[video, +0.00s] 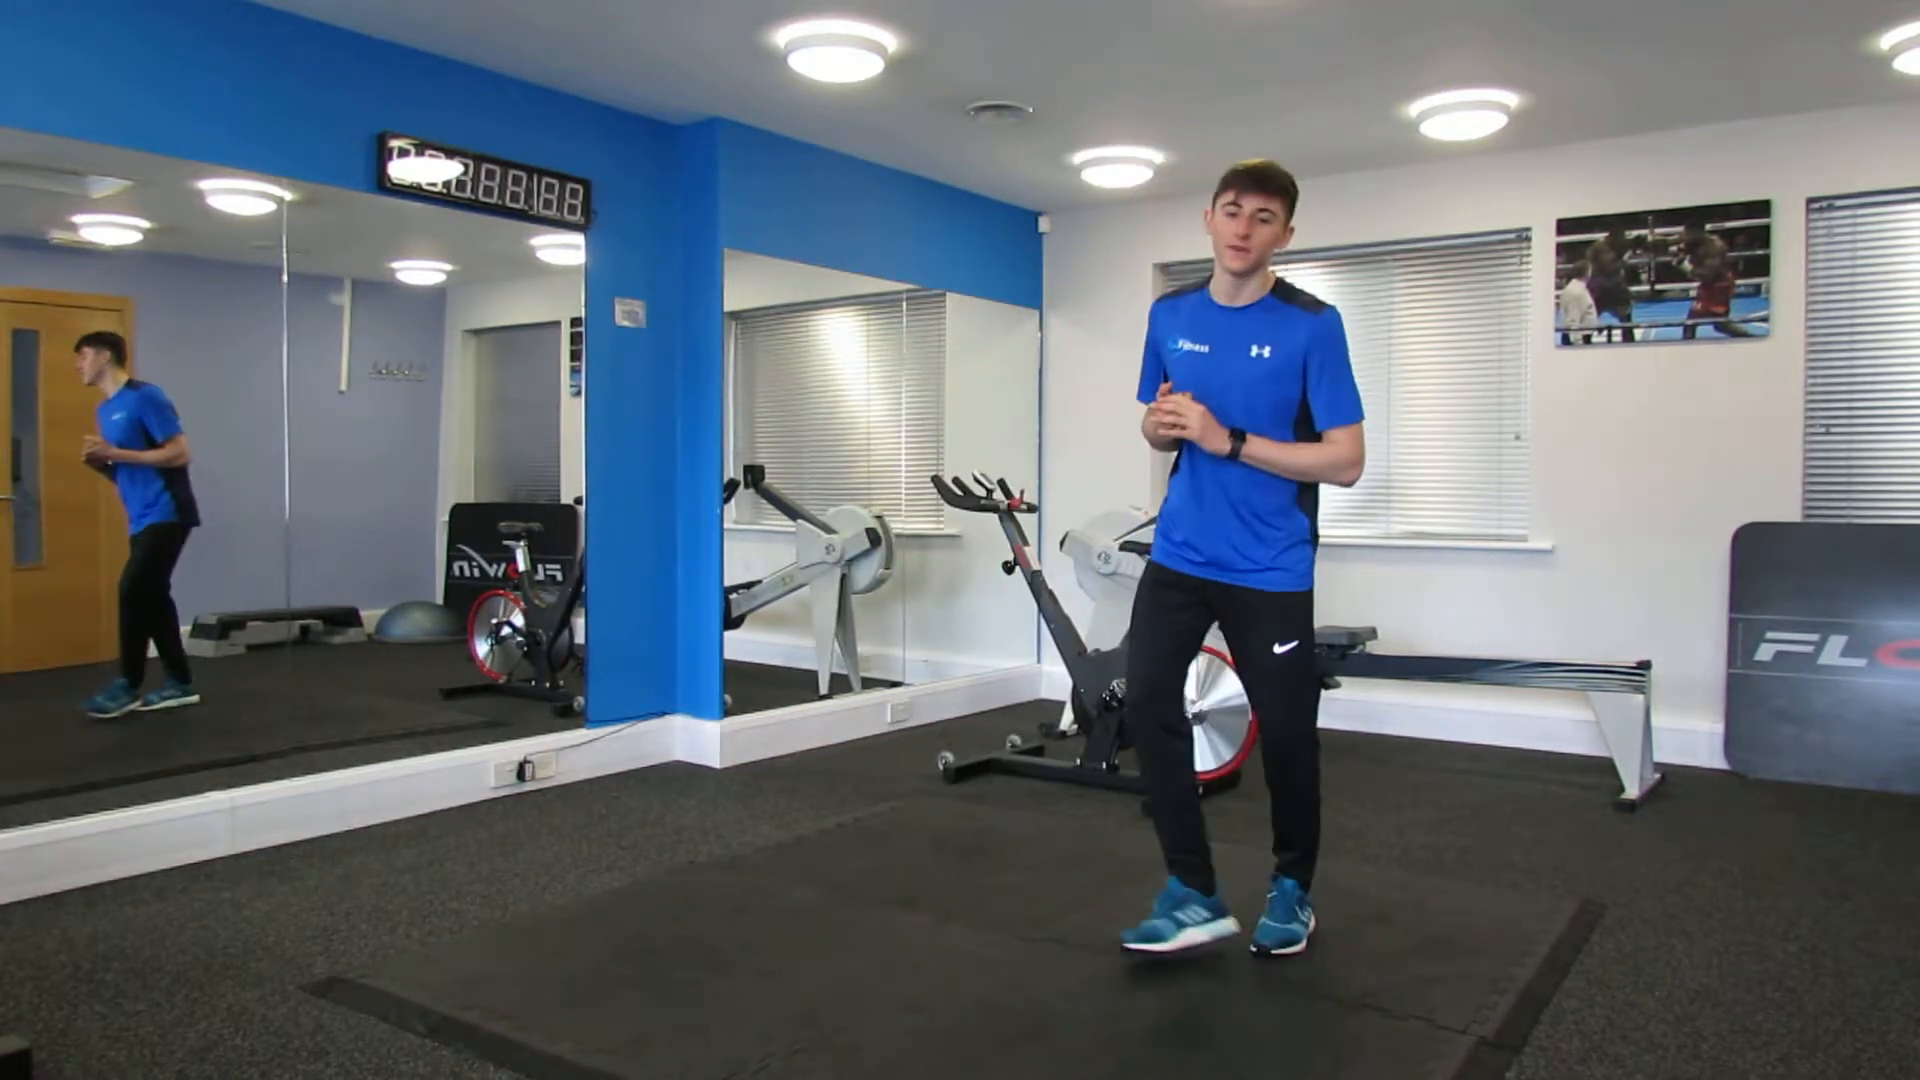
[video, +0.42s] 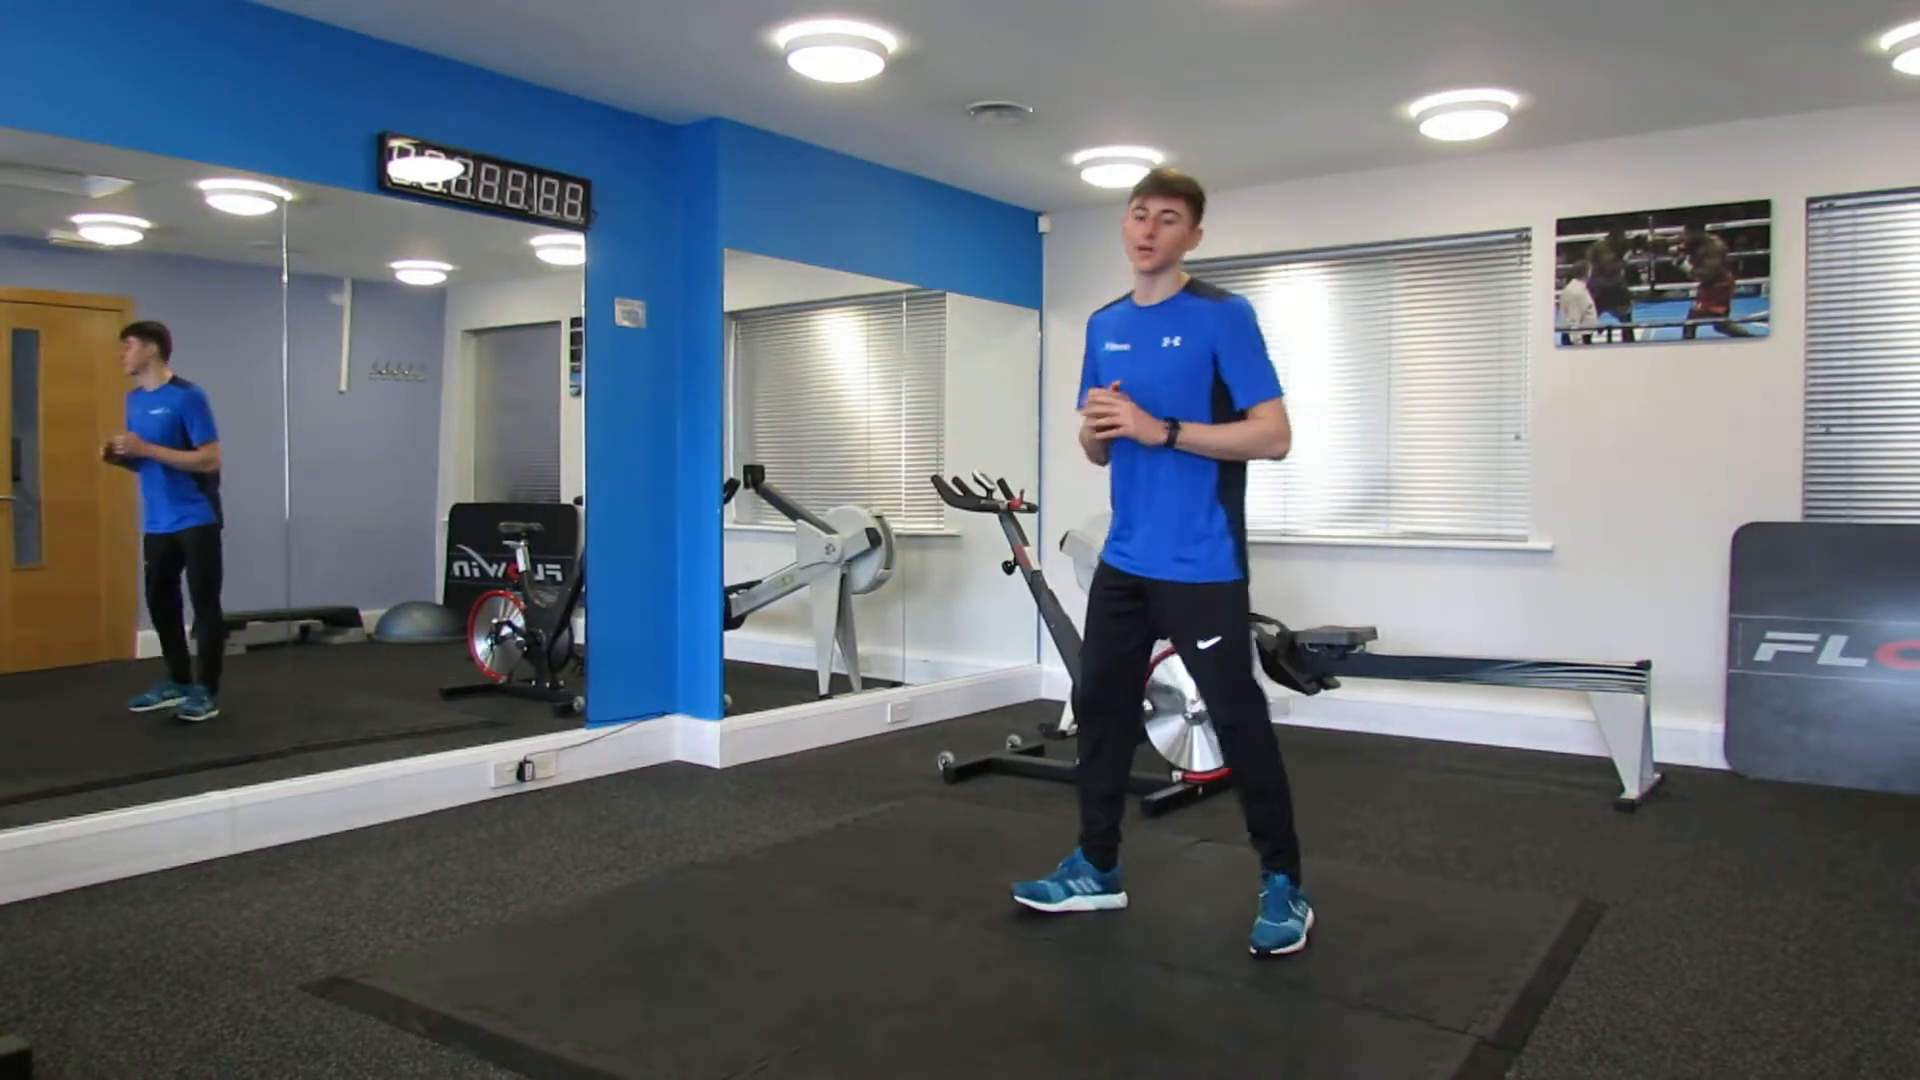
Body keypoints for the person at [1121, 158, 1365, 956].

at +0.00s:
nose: (1244, 227)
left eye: (1263, 217)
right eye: (1232, 211)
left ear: (1284, 235)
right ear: (1209, 222)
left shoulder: (1313, 326)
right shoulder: (1172, 315)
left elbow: (1347, 458)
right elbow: (1155, 429)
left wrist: (1231, 441)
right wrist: (1160, 427)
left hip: (1271, 568)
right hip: (1179, 557)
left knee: (1288, 732)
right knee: (1147, 705)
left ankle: (1291, 889)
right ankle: (1194, 891)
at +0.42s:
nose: (1149, 226)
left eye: (1167, 218)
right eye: (1140, 214)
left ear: (1193, 237)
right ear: (1123, 230)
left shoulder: (1224, 318)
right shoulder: (1104, 327)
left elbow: (1273, 436)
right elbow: (1097, 450)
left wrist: (1161, 428)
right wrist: (1094, 427)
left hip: (1203, 563)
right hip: (1126, 559)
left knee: (1238, 719)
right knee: (1100, 706)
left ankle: (1282, 883)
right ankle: (1097, 865)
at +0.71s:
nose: (1060, 233)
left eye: (1076, 219)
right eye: (1056, 223)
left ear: (1118, 230)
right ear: (1056, 238)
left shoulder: (1159, 307)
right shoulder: (1062, 327)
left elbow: (1191, 429)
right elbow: (1071, 421)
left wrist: (1077, 453)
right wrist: (1035, 451)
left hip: (1160, 548)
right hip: (1096, 548)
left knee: (1145, 709)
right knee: (1085, 708)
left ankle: (1179, 880)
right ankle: (1096, 867)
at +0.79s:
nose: (1047, 235)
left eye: (1063, 221)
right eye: (1044, 224)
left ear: (1105, 232)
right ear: (1046, 240)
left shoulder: (1145, 310)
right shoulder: (1057, 333)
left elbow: (1175, 438)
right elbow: (1074, 444)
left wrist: (1071, 504)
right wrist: (1040, 508)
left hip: (1153, 550)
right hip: (1093, 550)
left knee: (1124, 712)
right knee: (1073, 705)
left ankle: (1158, 889)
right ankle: (1096, 867)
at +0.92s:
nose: (1035, 254)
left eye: (1052, 242)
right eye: (1034, 243)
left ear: (1095, 256)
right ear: (1044, 261)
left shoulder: (1132, 336)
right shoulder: (1057, 356)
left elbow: (1141, 471)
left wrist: (1104, 590)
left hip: (1137, 571)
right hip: (1083, 568)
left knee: (1093, 725)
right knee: (1042, 712)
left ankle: (1156, 894)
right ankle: (1095, 866)